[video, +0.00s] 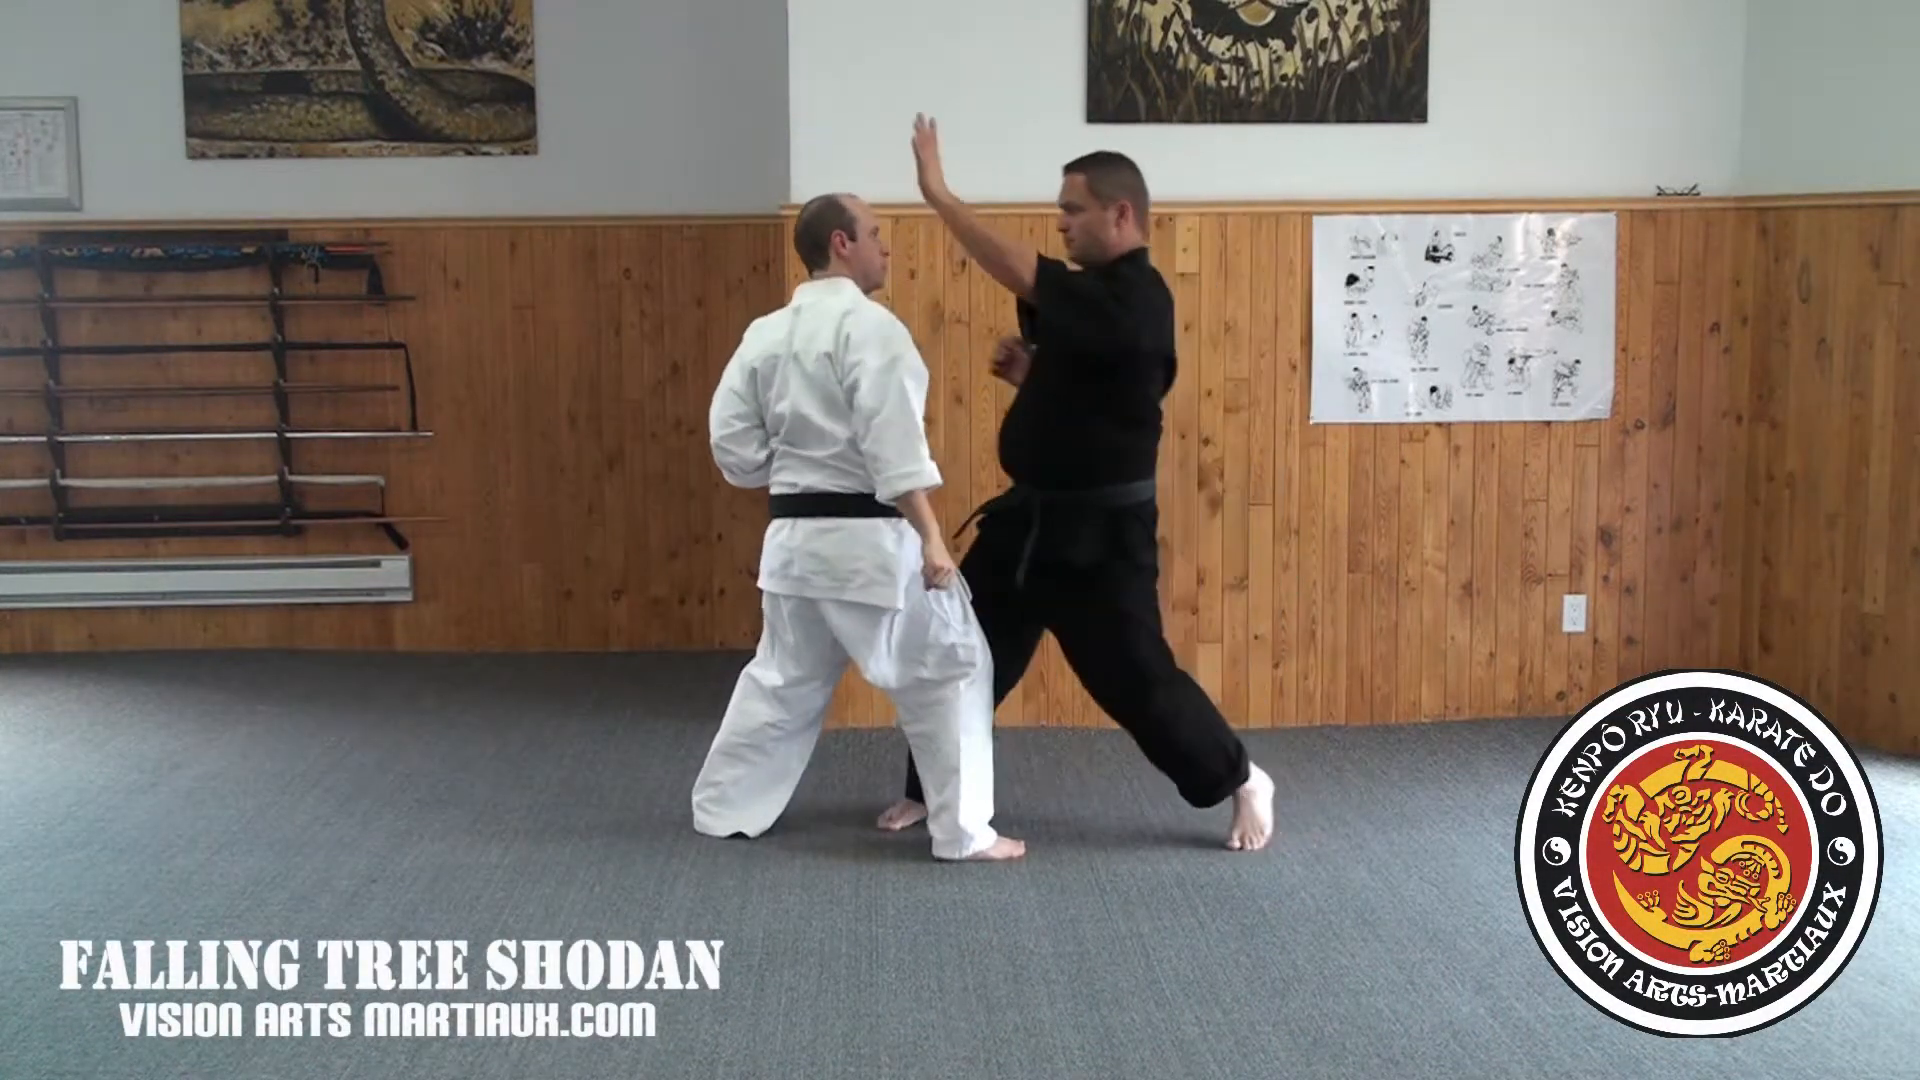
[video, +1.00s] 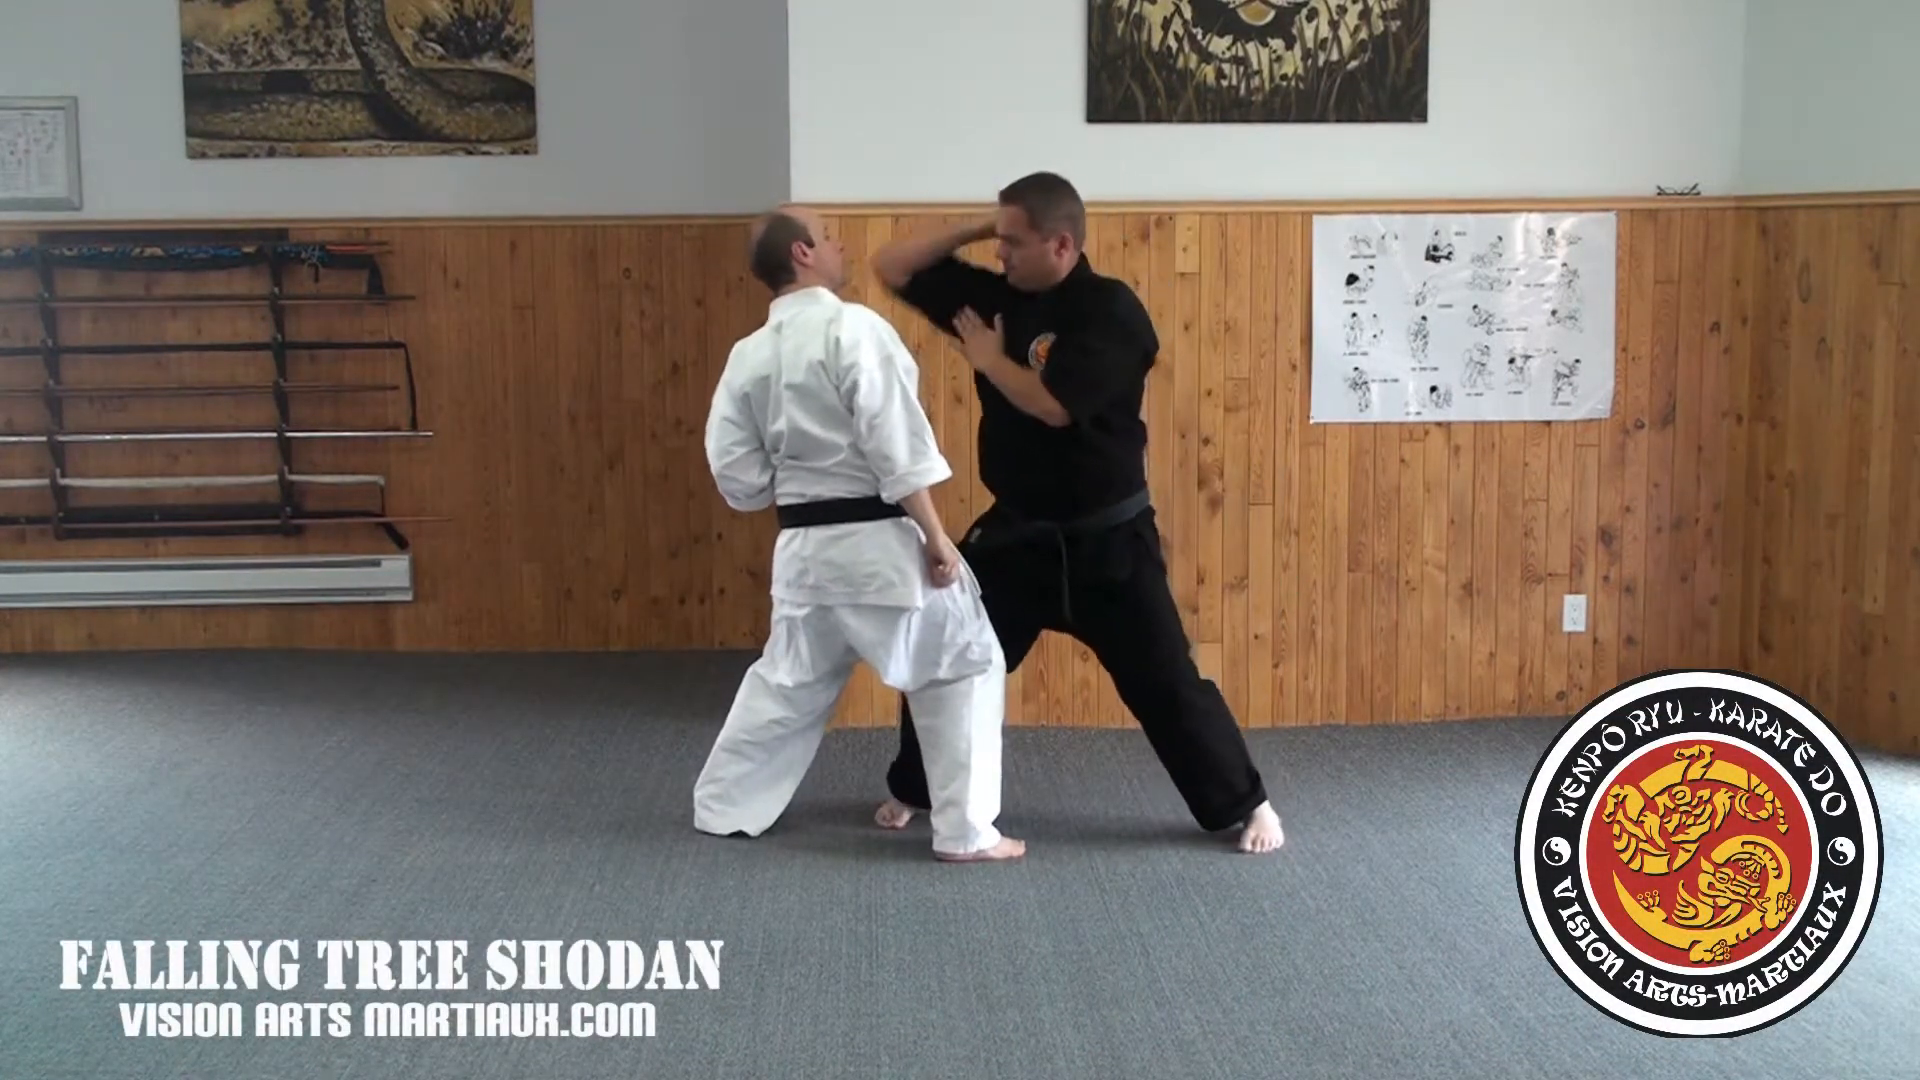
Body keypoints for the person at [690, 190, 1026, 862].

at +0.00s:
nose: (885, 248)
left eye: (881, 235)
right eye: (875, 236)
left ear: (823, 249)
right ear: (843, 245)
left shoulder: (765, 333)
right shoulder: (873, 329)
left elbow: (731, 440)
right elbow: (894, 446)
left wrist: (792, 480)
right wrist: (933, 537)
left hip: (790, 540)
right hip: (872, 541)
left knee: (781, 677)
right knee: (950, 669)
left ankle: (721, 809)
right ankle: (965, 830)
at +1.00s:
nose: (839, 247)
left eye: (831, 237)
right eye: (828, 239)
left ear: (780, 267)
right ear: (803, 257)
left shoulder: (749, 353)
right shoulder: (856, 329)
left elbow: (735, 474)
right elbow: (894, 444)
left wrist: (799, 487)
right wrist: (934, 533)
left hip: (801, 547)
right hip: (880, 540)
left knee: (787, 679)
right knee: (965, 666)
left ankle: (721, 807)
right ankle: (965, 830)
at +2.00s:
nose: (852, 270)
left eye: (851, 256)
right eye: (845, 256)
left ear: (786, 262)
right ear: (810, 258)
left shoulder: (730, 353)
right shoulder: (833, 337)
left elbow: (720, 474)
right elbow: (865, 448)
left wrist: (786, 501)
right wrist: (907, 536)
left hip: (784, 553)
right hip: (859, 548)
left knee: (787, 678)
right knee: (949, 664)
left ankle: (721, 807)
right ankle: (964, 830)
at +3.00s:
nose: (829, 261)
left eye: (827, 246)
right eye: (818, 246)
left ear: (768, 255)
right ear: (781, 252)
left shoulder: (711, 350)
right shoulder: (804, 343)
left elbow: (700, 461)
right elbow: (827, 459)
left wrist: (761, 503)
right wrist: (869, 549)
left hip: (764, 550)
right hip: (830, 548)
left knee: (782, 679)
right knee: (927, 668)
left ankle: (722, 807)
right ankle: (962, 830)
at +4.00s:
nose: (802, 265)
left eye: (800, 251)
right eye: (795, 251)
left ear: (743, 258)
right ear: (762, 254)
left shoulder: (686, 358)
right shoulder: (791, 337)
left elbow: (690, 476)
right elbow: (832, 450)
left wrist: (754, 506)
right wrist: (879, 532)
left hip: (756, 548)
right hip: (831, 542)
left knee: (775, 676)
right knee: (908, 677)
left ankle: (723, 810)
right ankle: (958, 828)